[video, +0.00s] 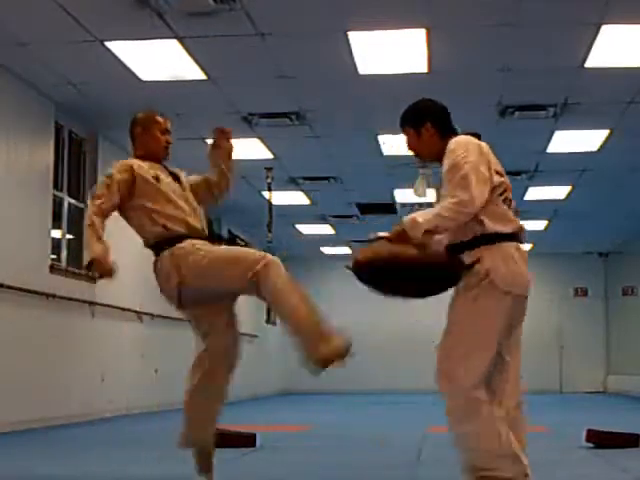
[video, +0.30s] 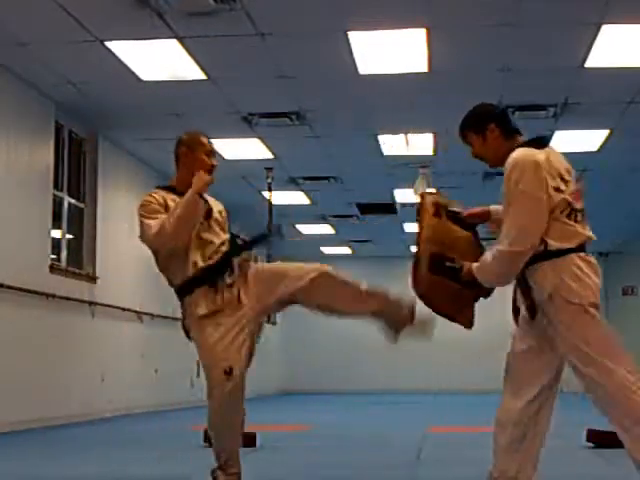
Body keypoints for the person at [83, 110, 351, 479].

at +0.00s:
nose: (168, 138)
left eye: (169, 133)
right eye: (161, 131)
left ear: (169, 141)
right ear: (139, 137)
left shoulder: (179, 179)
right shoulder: (129, 170)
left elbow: (217, 186)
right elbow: (97, 208)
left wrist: (221, 154)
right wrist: (97, 249)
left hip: (200, 264)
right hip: (179, 260)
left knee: (220, 349)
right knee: (264, 266)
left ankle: (199, 435)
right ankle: (318, 344)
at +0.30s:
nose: (212, 164)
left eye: (213, 158)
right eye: (205, 156)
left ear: (210, 165)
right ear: (182, 158)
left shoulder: (214, 207)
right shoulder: (155, 204)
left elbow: (221, 254)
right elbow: (166, 242)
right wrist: (196, 192)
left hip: (244, 279)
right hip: (208, 305)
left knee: (315, 279)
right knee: (226, 385)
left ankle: (391, 311)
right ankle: (228, 468)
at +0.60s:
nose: (237, 147)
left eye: (236, 141)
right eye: (229, 141)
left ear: (230, 149)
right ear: (206, 147)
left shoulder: (247, 201)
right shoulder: (192, 195)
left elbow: (266, 244)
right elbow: (175, 249)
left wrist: (292, 239)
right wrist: (219, 263)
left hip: (257, 301)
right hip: (220, 300)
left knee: (268, 380)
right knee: (231, 376)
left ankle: (249, 463)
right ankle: (215, 462)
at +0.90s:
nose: (229, 146)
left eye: (228, 139)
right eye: (222, 138)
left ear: (209, 142)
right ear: (199, 140)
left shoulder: (215, 194)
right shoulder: (178, 183)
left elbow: (215, 242)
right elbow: (157, 238)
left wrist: (239, 253)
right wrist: (213, 255)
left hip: (230, 298)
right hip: (199, 295)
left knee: (245, 386)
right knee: (187, 382)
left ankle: (243, 471)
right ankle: (113, 461)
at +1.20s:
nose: (166, 154)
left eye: (167, 147)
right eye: (163, 145)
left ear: (141, 145)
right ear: (140, 143)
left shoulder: (133, 187)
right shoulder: (119, 181)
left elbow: (123, 247)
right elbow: (134, 235)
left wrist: (158, 263)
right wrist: (184, 243)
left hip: (134, 293)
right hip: (117, 291)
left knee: (160, 385)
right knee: (112, 389)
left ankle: (185, 468)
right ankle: (97, 471)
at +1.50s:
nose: (102, 146)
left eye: (101, 139)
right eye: (97, 138)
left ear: (73, 141)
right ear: (75, 138)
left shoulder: (50, 177)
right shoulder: (69, 174)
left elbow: (58, 237)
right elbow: (78, 234)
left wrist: (100, 234)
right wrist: (119, 245)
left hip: (40, 283)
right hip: (59, 283)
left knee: (30, 379)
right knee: (68, 380)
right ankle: (93, 466)